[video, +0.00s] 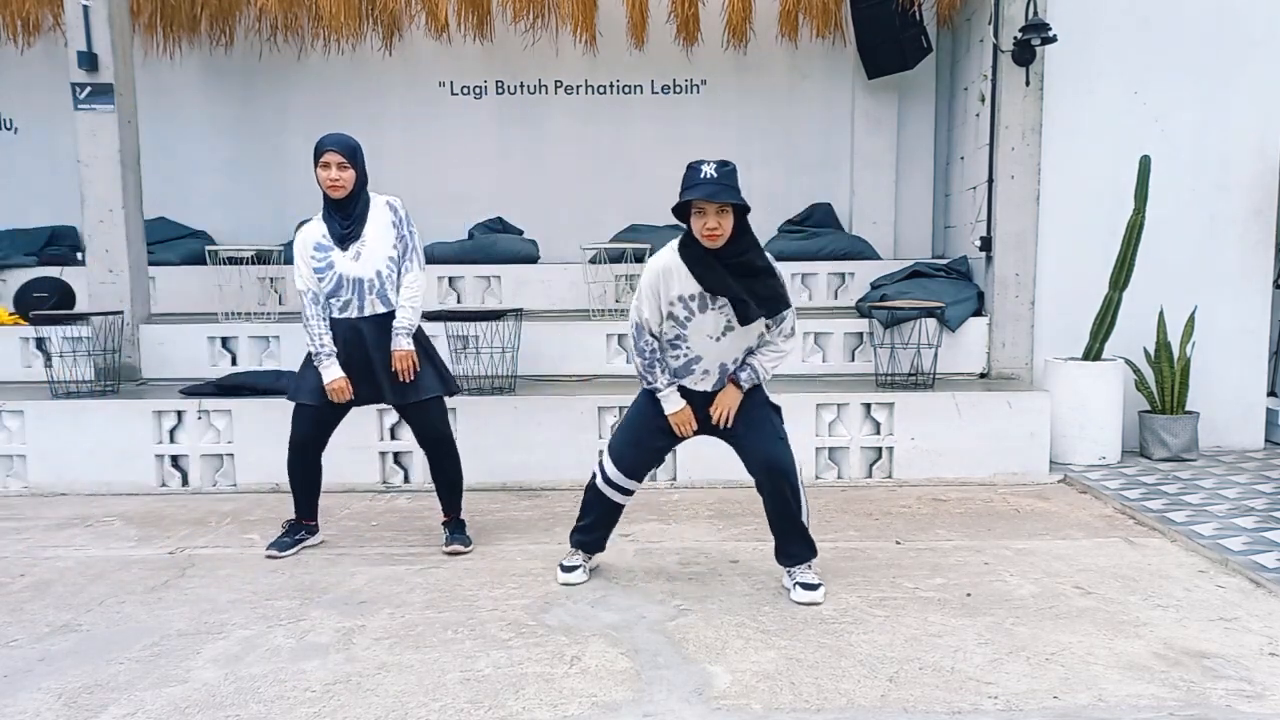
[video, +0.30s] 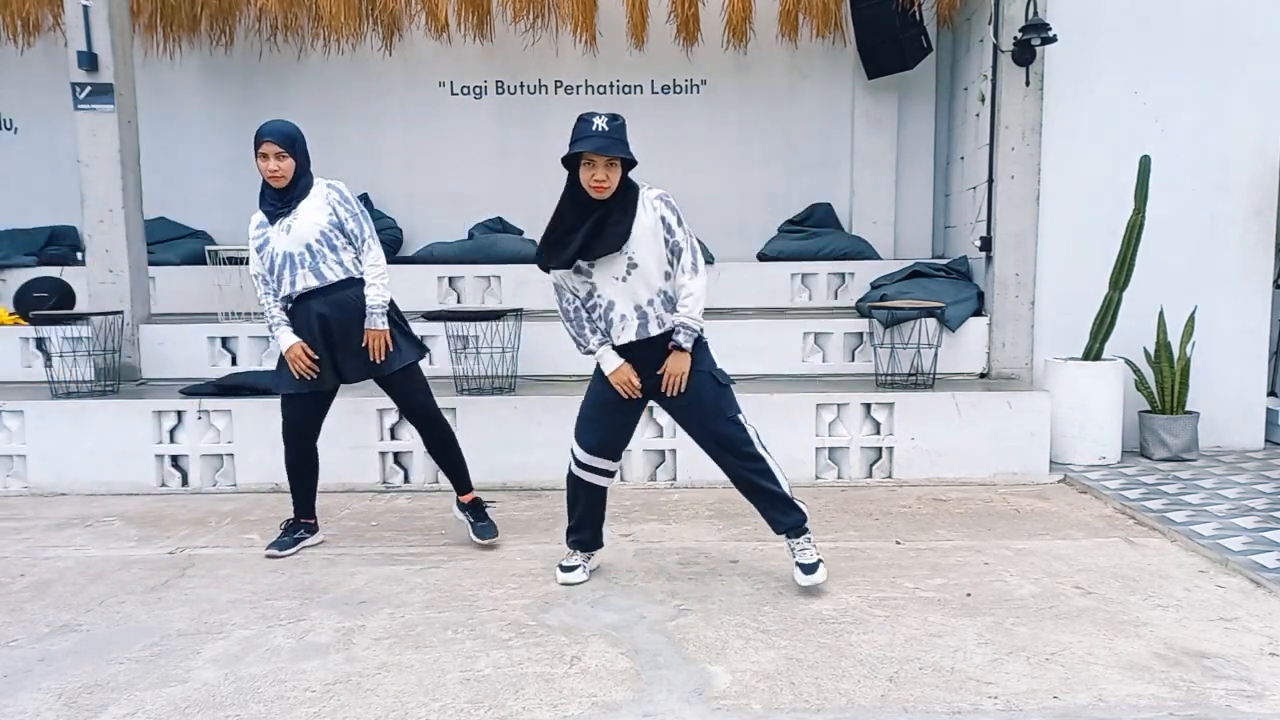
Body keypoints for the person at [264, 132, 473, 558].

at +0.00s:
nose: (334, 175)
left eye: (343, 167)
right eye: (325, 167)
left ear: (359, 171)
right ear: (317, 174)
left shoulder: (391, 211)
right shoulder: (307, 235)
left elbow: (413, 275)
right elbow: (311, 307)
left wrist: (403, 336)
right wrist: (328, 365)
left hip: (394, 340)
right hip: (336, 347)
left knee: (436, 435)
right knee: (303, 439)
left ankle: (454, 523)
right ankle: (305, 523)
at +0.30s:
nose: (273, 165)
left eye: (281, 156)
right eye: (264, 157)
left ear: (300, 156)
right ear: (256, 163)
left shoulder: (333, 193)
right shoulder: (259, 224)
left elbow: (372, 251)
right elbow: (266, 292)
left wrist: (376, 313)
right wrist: (285, 337)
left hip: (362, 312)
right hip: (306, 328)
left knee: (423, 411)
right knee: (297, 432)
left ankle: (469, 500)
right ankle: (304, 522)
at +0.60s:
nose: (272, 166)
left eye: (282, 157)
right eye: (264, 157)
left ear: (300, 160)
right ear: (255, 163)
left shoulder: (332, 198)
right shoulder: (256, 222)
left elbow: (375, 260)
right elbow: (260, 293)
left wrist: (386, 326)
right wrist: (281, 345)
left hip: (366, 321)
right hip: (309, 334)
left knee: (428, 411)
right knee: (293, 430)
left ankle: (473, 500)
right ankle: (304, 521)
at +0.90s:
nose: (358, 218)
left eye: (367, 210)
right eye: (348, 209)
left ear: (380, 217)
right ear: (336, 215)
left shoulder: (402, 255)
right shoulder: (313, 262)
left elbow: (432, 315)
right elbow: (308, 331)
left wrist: (436, 372)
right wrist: (322, 389)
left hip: (408, 360)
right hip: (347, 365)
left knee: (459, 423)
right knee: (293, 433)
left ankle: (480, 516)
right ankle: (303, 521)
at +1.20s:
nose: (433, 170)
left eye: (440, 160)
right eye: (422, 162)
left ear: (454, 161)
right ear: (411, 167)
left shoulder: (478, 217)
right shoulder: (390, 209)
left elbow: (484, 284)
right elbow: (363, 279)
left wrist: (473, 341)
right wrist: (360, 346)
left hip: (450, 339)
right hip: (391, 335)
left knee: (471, 428)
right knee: (337, 422)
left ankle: (480, 515)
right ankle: (291, 510)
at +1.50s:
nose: (444, 172)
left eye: (451, 161)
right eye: (434, 165)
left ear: (466, 162)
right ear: (423, 170)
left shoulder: (486, 219)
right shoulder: (405, 207)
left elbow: (493, 285)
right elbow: (377, 274)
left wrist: (486, 339)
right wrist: (371, 342)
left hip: (459, 335)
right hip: (404, 331)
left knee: (472, 430)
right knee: (354, 425)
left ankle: (480, 516)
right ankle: (302, 510)